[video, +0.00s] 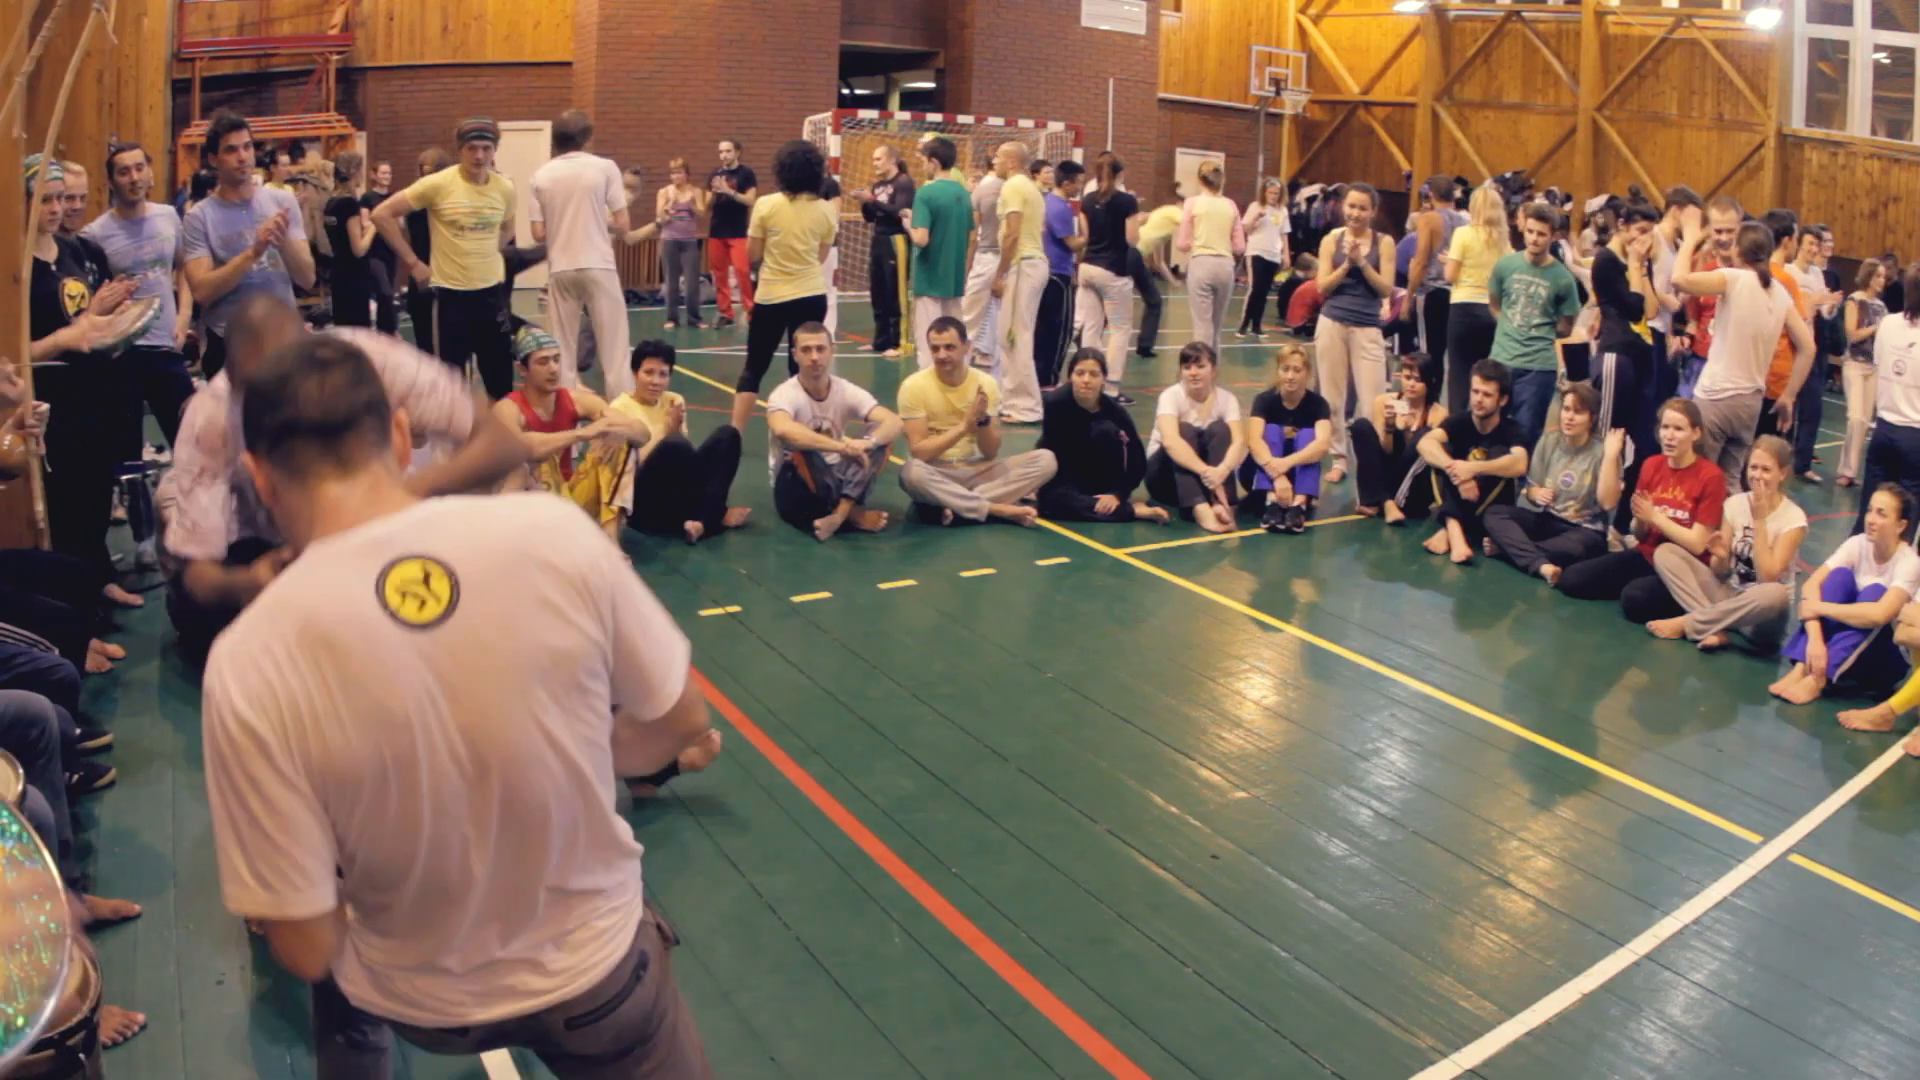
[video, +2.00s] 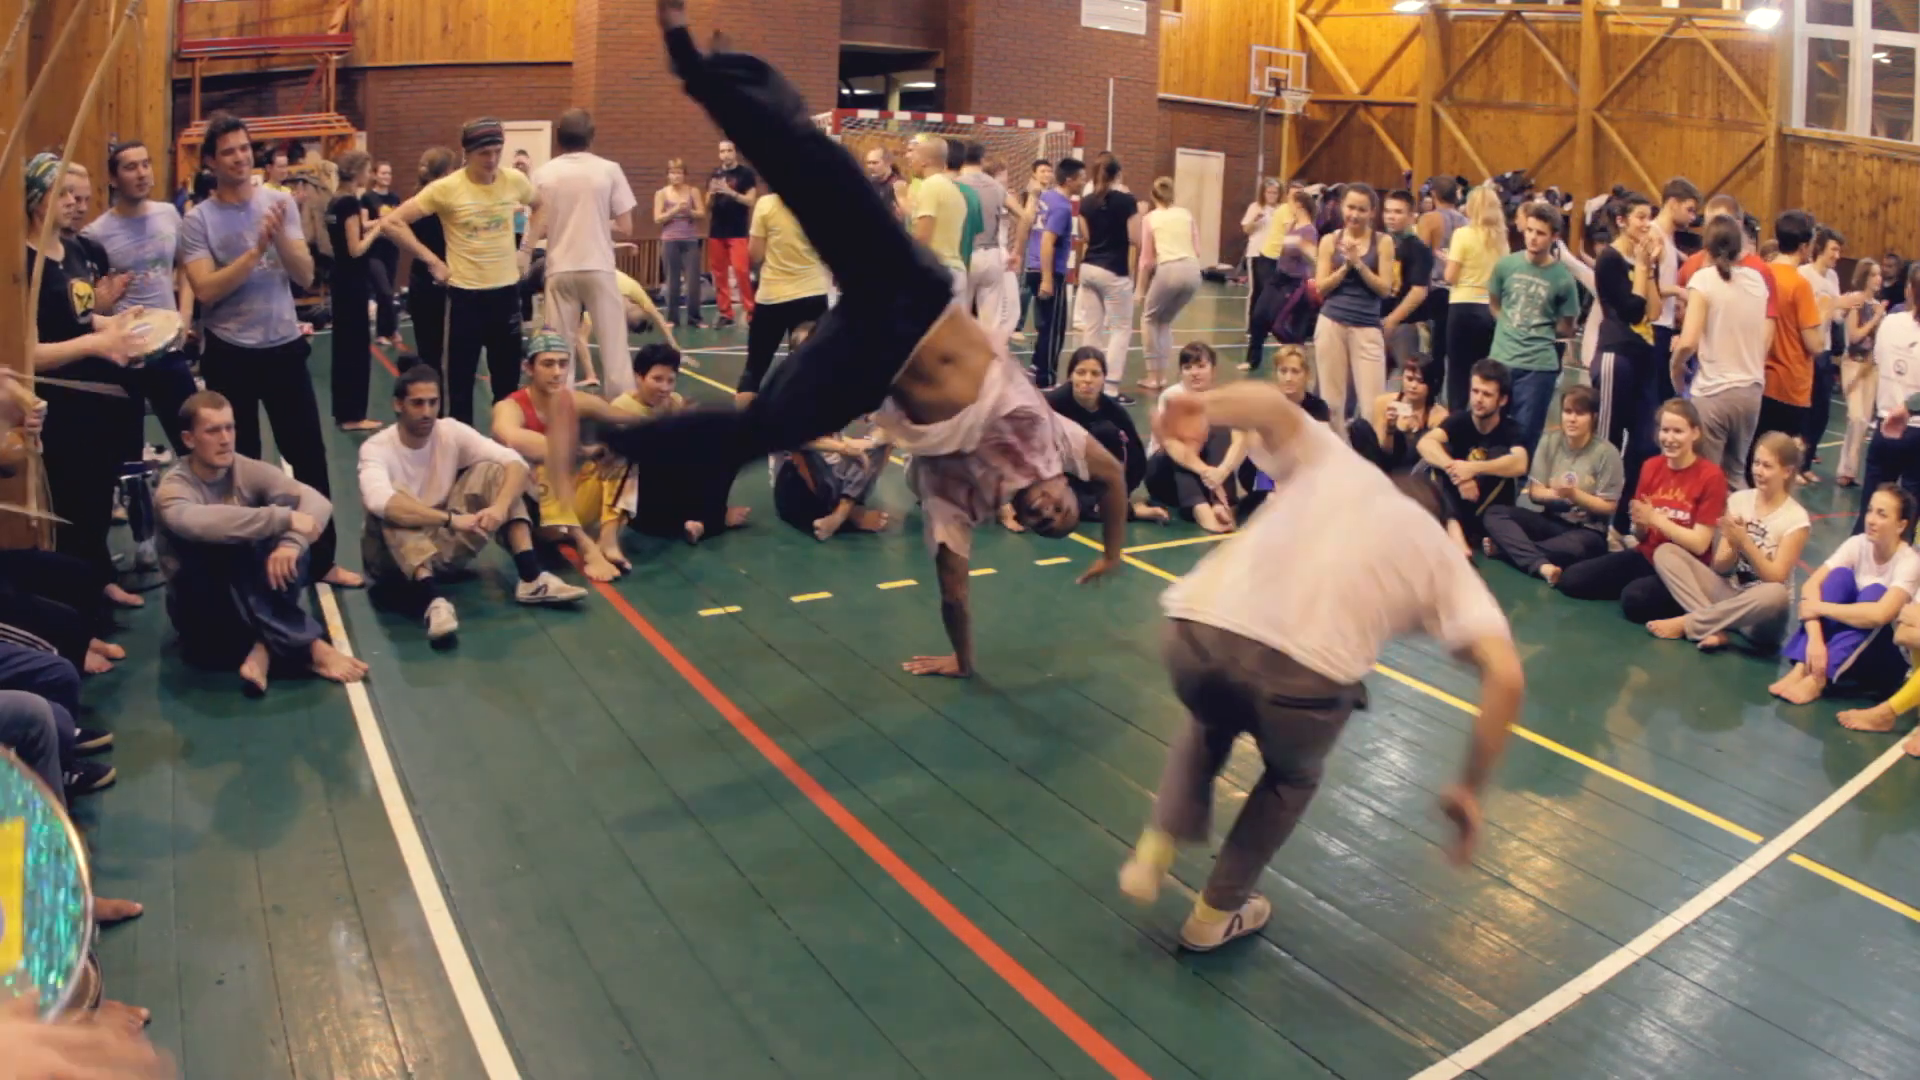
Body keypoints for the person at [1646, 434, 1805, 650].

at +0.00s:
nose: (1757, 475)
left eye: (1766, 470)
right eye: (1753, 468)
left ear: (1783, 474)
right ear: (1746, 469)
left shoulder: (1793, 518)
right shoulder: (1734, 504)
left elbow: (1769, 574)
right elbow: (1719, 571)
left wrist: (1760, 521)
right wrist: (1721, 556)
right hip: (1725, 595)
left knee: (1774, 594)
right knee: (1665, 552)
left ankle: (1686, 624)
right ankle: (1711, 629)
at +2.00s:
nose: (1757, 471)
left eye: (1766, 466)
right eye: (1756, 463)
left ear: (1787, 472)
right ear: (1751, 463)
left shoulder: (1796, 518)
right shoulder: (1738, 499)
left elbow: (1775, 575)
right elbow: (1719, 567)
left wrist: (1742, 542)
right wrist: (1734, 546)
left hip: (1760, 605)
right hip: (1726, 592)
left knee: (1774, 594)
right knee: (1665, 552)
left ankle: (1686, 624)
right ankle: (1711, 629)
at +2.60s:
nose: (1757, 469)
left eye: (1766, 464)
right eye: (1756, 462)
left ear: (1787, 471)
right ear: (1753, 461)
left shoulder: (1797, 516)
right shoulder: (1739, 499)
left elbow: (1777, 574)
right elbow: (1720, 566)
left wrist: (1741, 538)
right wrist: (1730, 539)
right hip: (1728, 590)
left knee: (1774, 592)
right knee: (1685, 566)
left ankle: (1695, 622)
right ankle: (1709, 631)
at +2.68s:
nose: (1757, 469)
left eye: (1766, 464)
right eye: (1757, 462)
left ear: (1786, 471)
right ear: (1752, 461)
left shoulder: (1797, 517)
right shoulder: (1740, 499)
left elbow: (1777, 574)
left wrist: (1740, 538)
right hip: (1725, 581)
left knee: (1773, 592)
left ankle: (1706, 618)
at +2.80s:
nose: (1759, 471)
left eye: (1766, 465)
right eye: (1758, 463)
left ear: (1786, 471)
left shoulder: (1796, 515)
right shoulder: (1743, 499)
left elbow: (1780, 573)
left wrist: (1747, 549)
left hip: (1759, 584)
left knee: (1774, 591)